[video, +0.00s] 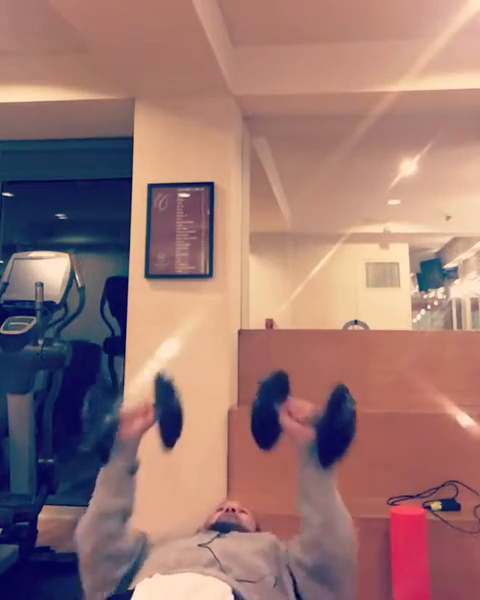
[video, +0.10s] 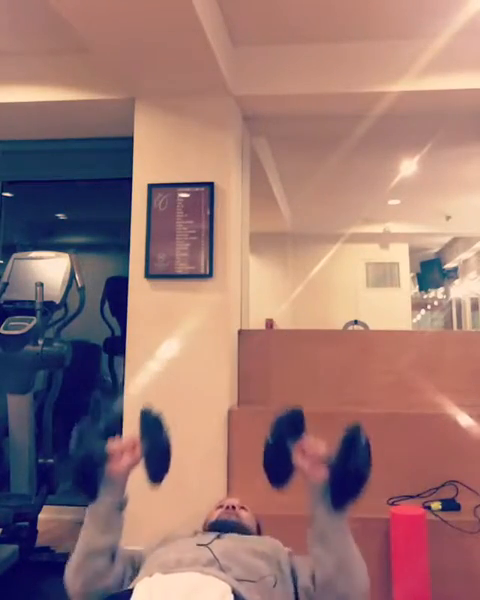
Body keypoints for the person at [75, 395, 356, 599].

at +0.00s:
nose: (230, 509)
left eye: (240, 511)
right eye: (222, 509)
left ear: (258, 529)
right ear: (203, 525)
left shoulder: (284, 558)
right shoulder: (157, 552)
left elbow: (332, 551)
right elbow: (98, 542)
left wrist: (310, 450)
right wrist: (124, 447)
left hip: (227, 590)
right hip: (153, 587)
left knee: (203, 590)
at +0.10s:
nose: (229, 506)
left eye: (240, 507)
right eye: (221, 506)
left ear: (258, 529)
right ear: (203, 524)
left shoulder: (279, 555)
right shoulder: (161, 548)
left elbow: (346, 590)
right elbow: (85, 585)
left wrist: (321, 492)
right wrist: (113, 482)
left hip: (227, 590)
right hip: (155, 586)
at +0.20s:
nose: (231, 504)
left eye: (243, 506)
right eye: (222, 504)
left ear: (260, 529)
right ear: (204, 524)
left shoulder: (275, 556)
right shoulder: (163, 550)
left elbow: (329, 594)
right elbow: (92, 592)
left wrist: (326, 531)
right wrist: (107, 523)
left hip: (220, 589)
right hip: (151, 588)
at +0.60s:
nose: (229, 506)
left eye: (240, 507)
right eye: (220, 505)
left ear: (257, 529)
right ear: (201, 524)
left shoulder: (272, 553)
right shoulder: (160, 549)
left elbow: (334, 596)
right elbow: (81, 591)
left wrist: (320, 518)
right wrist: (113, 495)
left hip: (223, 590)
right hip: (146, 587)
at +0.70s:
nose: (228, 510)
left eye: (239, 512)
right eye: (219, 509)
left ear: (258, 531)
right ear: (201, 526)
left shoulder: (276, 552)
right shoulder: (159, 550)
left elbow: (336, 580)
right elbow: (91, 562)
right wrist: (120, 457)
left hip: (226, 591)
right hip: (153, 587)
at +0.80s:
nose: (229, 513)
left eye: (240, 516)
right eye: (220, 513)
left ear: (258, 534)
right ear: (203, 528)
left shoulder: (277, 555)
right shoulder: (148, 549)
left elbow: (325, 526)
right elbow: (108, 511)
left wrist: (298, 428)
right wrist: (133, 420)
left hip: (223, 589)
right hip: (153, 587)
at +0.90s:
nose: (230, 516)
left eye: (241, 518)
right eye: (222, 515)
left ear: (259, 533)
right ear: (205, 526)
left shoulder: (283, 564)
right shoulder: (146, 550)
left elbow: (305, 503)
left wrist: (285, 404)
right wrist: (147, 393)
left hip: (221, 589)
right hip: (147, 587)